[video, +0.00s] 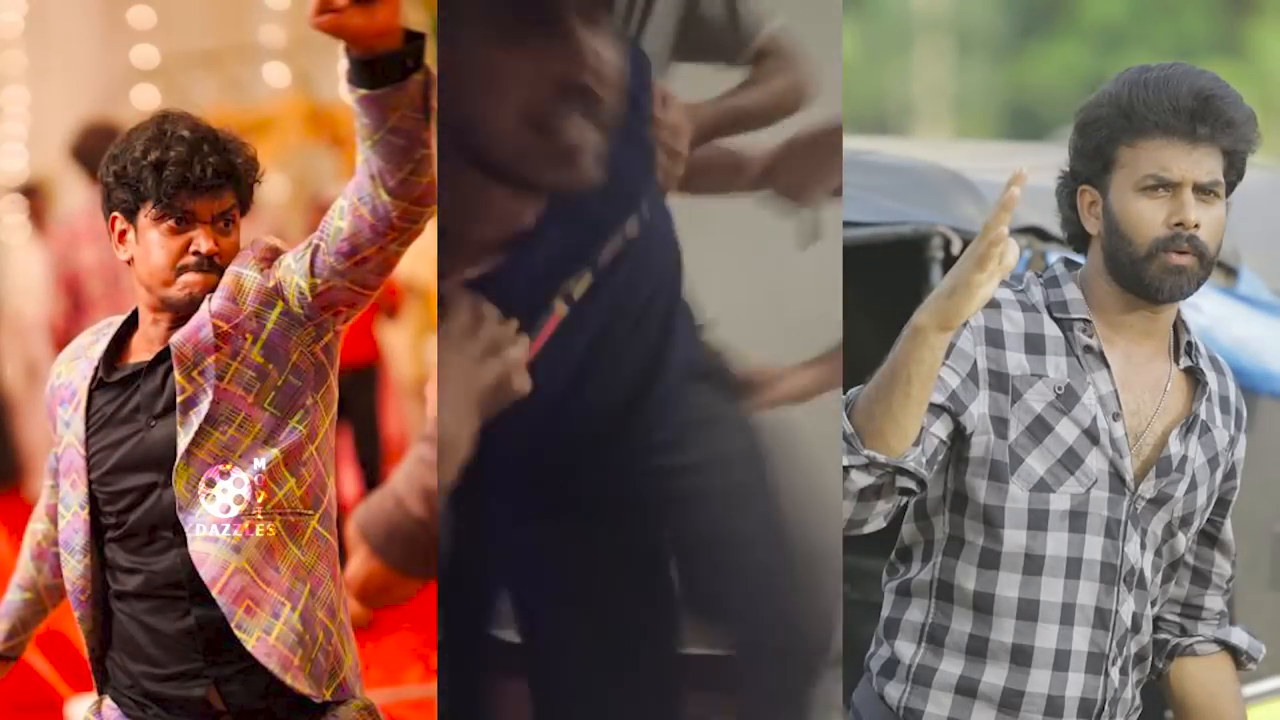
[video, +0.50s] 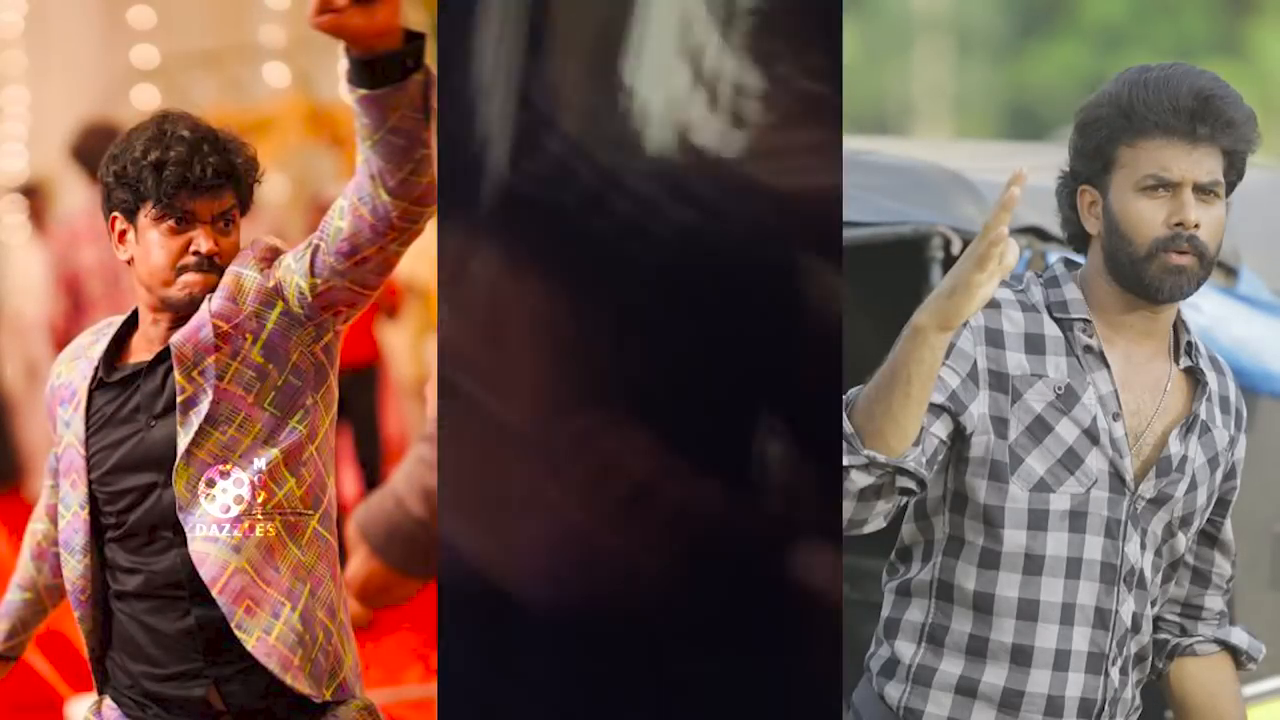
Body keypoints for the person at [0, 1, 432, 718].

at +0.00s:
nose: (206, 245)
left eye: (224, 223)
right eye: (179, 222)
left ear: (243, 230)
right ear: (123, 237)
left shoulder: (288, 311)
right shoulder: (76, 373)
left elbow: (394, 199)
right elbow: (56, 524)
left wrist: (381, 52)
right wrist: (8, 634)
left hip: (291, 700)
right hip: (140, 705)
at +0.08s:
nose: (206, 245)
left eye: (224, 223)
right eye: (179, 222)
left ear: (243, 230)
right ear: (123, 237)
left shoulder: (288, 311)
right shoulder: (76, 373)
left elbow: (394, 200)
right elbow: (56, 524)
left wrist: (381, 52)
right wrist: (8, 634)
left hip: (291, 700)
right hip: (140, 705)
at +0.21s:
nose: (206, 245)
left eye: (224, 223)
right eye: (179, 222)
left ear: (243, 230)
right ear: (122, 237)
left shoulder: (288, 312)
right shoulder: (76, 373)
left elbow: (394, 200)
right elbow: (56, 524)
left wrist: (381, 52)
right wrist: (8, 634)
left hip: (291, 700)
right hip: (140, 705)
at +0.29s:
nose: (206, 245)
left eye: (223, 223)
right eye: (179, 222)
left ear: (243, 230)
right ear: (122, 236)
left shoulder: (287, 312)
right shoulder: (76, 373)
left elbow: (394, 199)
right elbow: (56, 524)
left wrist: (380, 51)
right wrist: (7, 634)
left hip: (291, 700)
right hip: (140, 705)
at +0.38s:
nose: (206, 245)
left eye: (224, 222)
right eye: (179, 222)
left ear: (243, 230)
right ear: (122, 237)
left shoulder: (286, 313)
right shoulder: (76, 373)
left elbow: (393, 200)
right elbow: (56, 525)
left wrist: (379, 52)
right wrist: (8, 634)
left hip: (291, 700)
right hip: (140, 705)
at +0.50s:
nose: (206, 245)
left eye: (224, 223)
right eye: (179, 222)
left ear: (243, 230)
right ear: (123, 237)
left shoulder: (288, 312)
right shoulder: (76, 373)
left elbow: (394, 200)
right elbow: (56, 524)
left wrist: (381, 52)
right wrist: (8, 634)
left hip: (291, 700)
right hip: (140, 705)